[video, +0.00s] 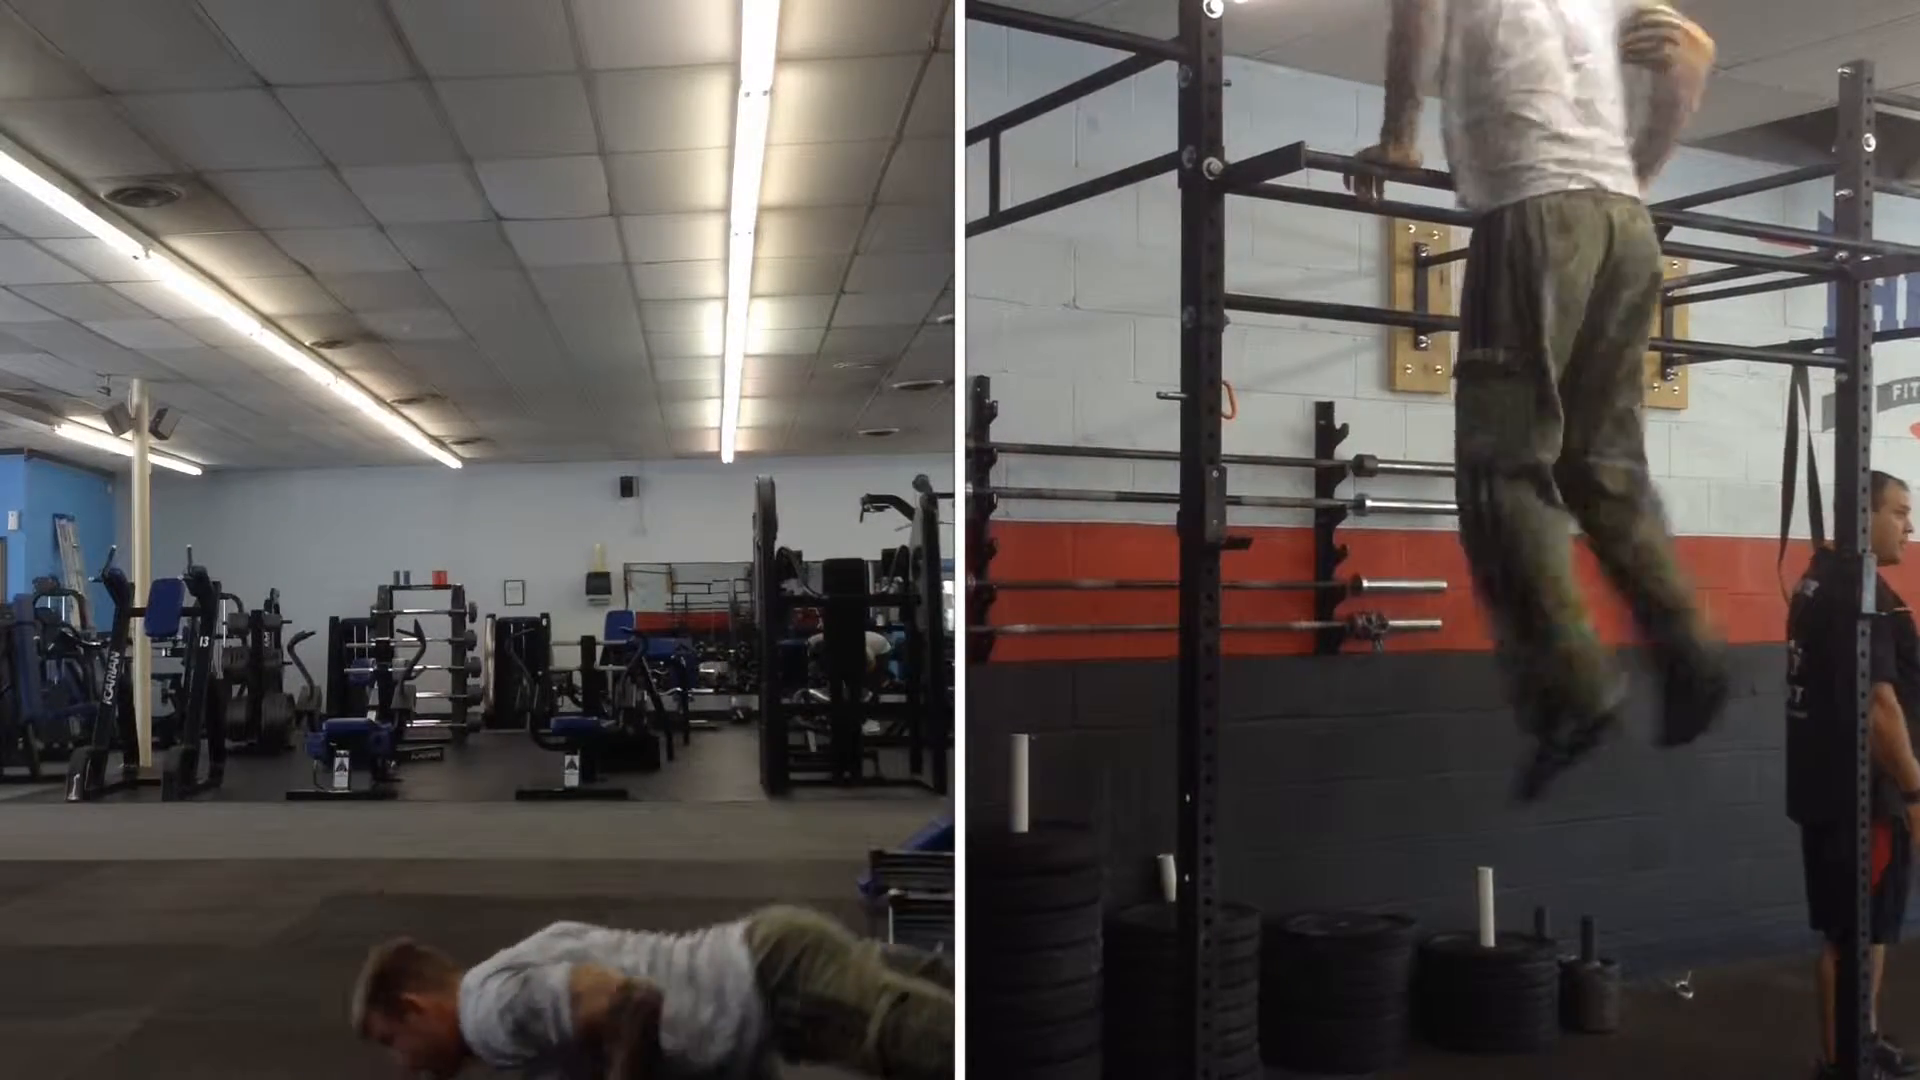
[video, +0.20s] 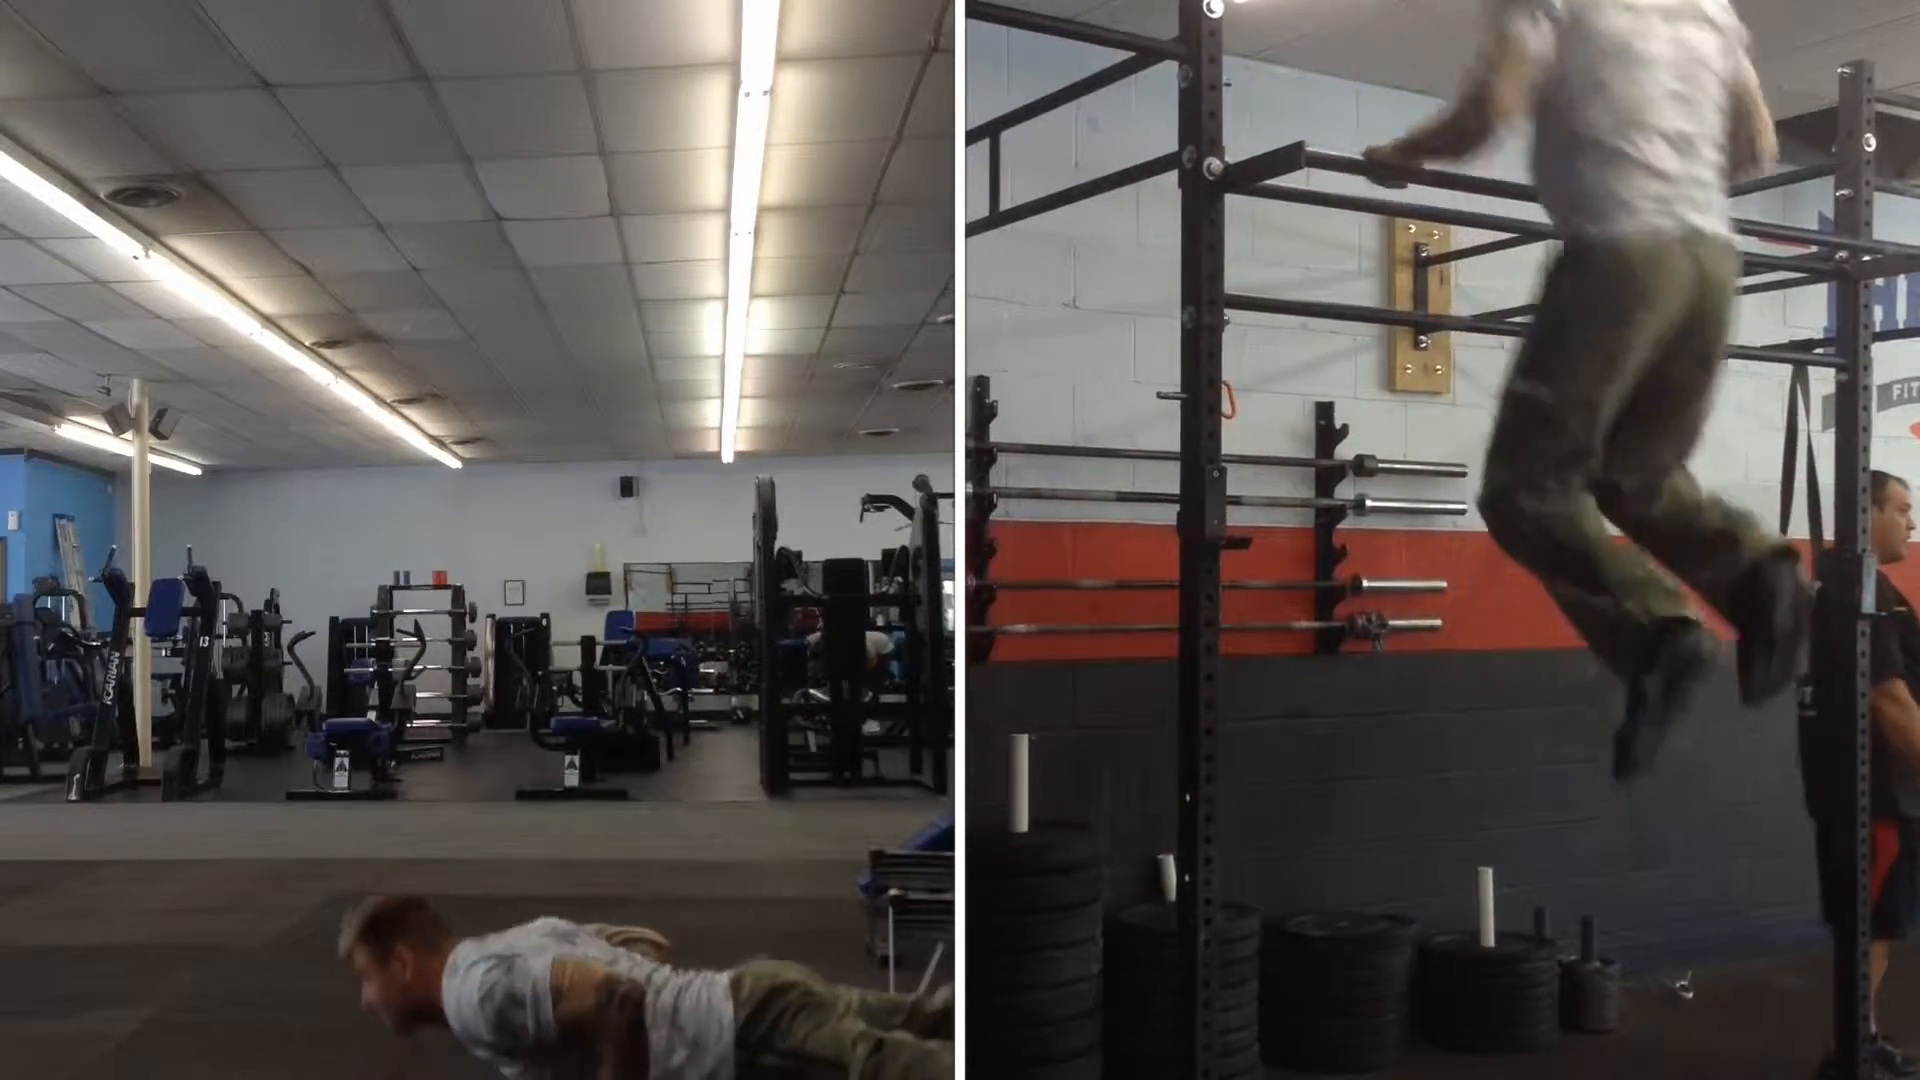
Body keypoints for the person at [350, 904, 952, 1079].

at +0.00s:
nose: (398, 1062)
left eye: (387, 1042)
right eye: (384, 1049)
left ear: (415, 1007)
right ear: (430, 985)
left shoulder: (489, 1007)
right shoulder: (507, 969)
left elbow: (626, 1001)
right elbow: (633, 989)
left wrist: (616, 1072)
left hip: (773, 982)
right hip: (773, 949)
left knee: (954, 1046)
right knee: (962, 1008)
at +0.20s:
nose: (364, 1001)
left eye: (364, 979)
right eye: (359, 982)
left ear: (401, 962)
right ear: (416, 949)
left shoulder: (476, 992)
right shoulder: (509, 942)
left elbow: (618, 997)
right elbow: (650, 943)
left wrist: (615, 1073)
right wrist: (589, 1031)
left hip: (750, 1034)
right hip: (756, 994)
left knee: (930, 1066)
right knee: (936, 1017)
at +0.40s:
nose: (377, 891)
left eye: (385, 872)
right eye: (377, 873)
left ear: (429, 870)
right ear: (445, 866)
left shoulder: (486, 930)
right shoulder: (534, 885)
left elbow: (619, 998)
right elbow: (653, 946)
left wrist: (616, 1072)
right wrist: (609, 1038)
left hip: (742, 1041)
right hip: (753, 1003)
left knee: (926, 1070)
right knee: (924, 1026)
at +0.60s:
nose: (426, 776)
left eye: (437, 759)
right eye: (429, 759)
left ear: (480, 770)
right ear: (492, 769)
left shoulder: (519, 855)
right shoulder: (552, 814)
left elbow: (611, 990)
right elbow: (640, 936)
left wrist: (616, 1072)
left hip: (745, 1028)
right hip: (755, 978)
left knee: (930, 1064)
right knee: (923, 1017)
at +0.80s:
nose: (473, 703)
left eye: (489, 690)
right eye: (481, 689)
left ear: (531, 714)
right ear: (534, 715)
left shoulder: (562, 817)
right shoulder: (580, 779)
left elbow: (600, 983)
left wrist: (611, 1070)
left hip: (751, 1001)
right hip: (756, 957)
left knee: (933, 1062)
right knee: (924, 1005)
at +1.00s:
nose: (512, 679)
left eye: (532, 669)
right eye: (525, 665)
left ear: (568, 705)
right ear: (569, 709)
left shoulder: (584, 819)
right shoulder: (603, 780)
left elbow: (607, 994)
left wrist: (612, 1073)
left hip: (745, 1017)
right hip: (751, 969)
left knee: (931, 1073)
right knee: (916, 1017)